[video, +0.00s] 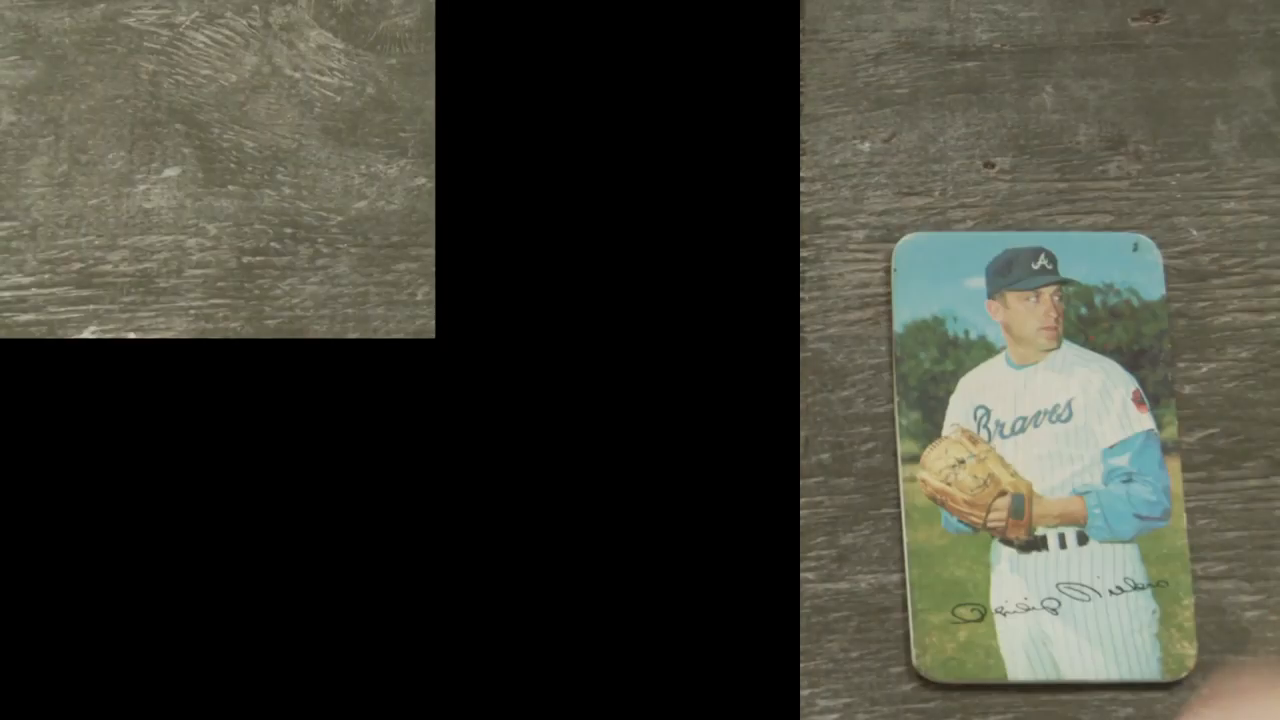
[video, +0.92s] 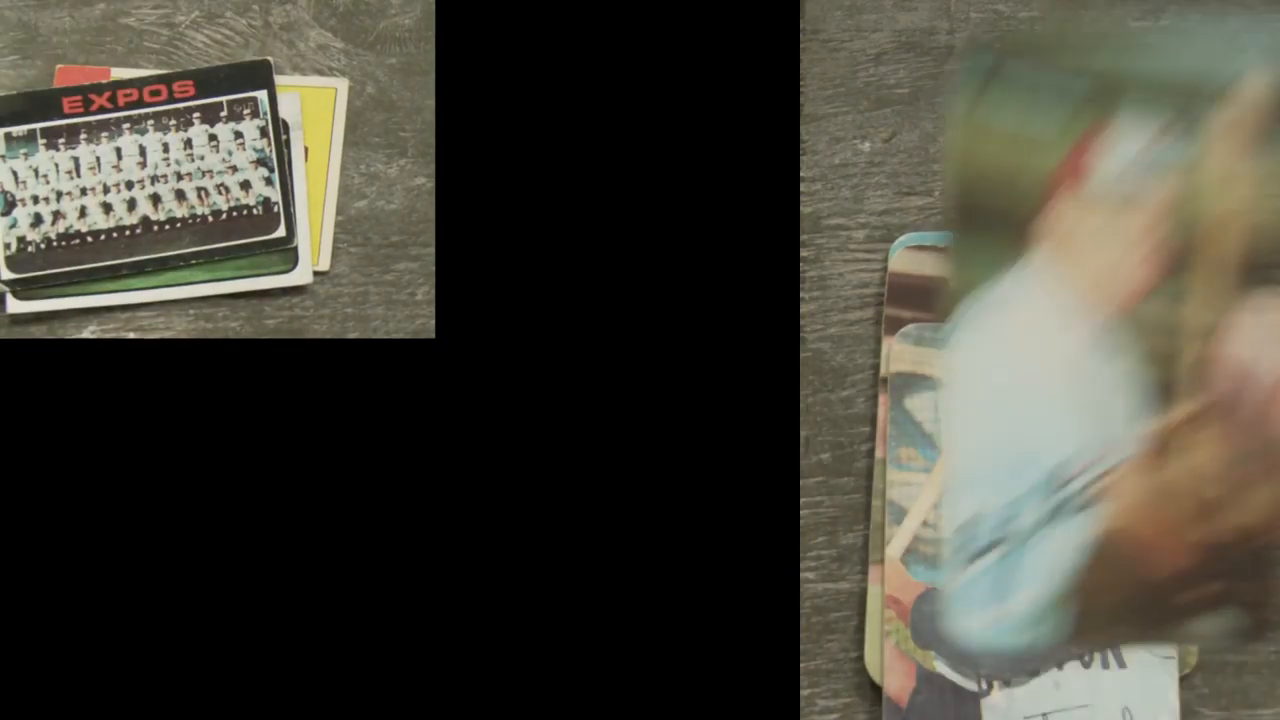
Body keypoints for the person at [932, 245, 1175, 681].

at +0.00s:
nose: (1052, 310)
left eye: (1056, 295)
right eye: (1032, 298)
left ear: (1063, 298)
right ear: (996, 310)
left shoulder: (1104, 379)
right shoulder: (971, 391)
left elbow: (1149, 499)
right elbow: (953, 513)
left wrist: (1038, 511)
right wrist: (973, 504)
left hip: (1099, 567)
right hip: (1014, 575)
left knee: (1124, 702)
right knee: (1037, 700)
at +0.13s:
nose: (1052, 310)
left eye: (1056, 295)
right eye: (1032, 298)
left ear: (1063, 298)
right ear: (996, 310)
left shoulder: (1104, 379)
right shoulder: (971, 391)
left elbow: (1149, 499)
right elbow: (954, 513)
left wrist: (1040, 512)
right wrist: (970, 502)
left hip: (1099, 567)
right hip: (1015, 575)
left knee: (1125, 705)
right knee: (1037, 702)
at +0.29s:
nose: (1046, 360)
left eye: (1060, 343)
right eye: (1026, 347)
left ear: (1082, 356)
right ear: (997, 367)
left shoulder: (1123, 459)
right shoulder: (1002, 448)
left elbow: (1096, 624)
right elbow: (996, 554)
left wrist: (960, 578)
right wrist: (955, 535)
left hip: (1105, 698)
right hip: (1028, 688)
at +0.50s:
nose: (1046, 373)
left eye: (1060, 356)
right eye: (1027, 358)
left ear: (1081, 369)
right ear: (999, 376)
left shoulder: (1121, 471)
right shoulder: (1003, 456)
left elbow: (1092, 631)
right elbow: (996, 562)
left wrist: (959, 582)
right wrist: (958, 539)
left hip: (1099, 699)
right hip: (1023, 687)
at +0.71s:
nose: (1057, 451)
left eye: (1078, 432)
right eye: (1037, 432)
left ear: (1114, 452)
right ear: (1013, 453)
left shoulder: (1161, 550)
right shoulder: (994, 579)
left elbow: (1011, 642)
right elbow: (962, 708)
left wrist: (907, 593)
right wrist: (872, 645)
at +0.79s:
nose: (1057, 451)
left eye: (1078, 432)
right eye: (1037, 432)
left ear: (1114, 452)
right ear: (1014, 453)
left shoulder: (1161, 549)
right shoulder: (996, 577)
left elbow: (1016, 644)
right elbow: (950, 706)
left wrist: (906, 592)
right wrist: (871, 643)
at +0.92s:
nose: (1159, 246)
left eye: (1165, 222)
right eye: (1135, 215)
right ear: (1066, 210)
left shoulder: (1111, 339)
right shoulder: (1006, 334)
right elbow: (976, 615)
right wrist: (1124, 529)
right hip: (995, 684)